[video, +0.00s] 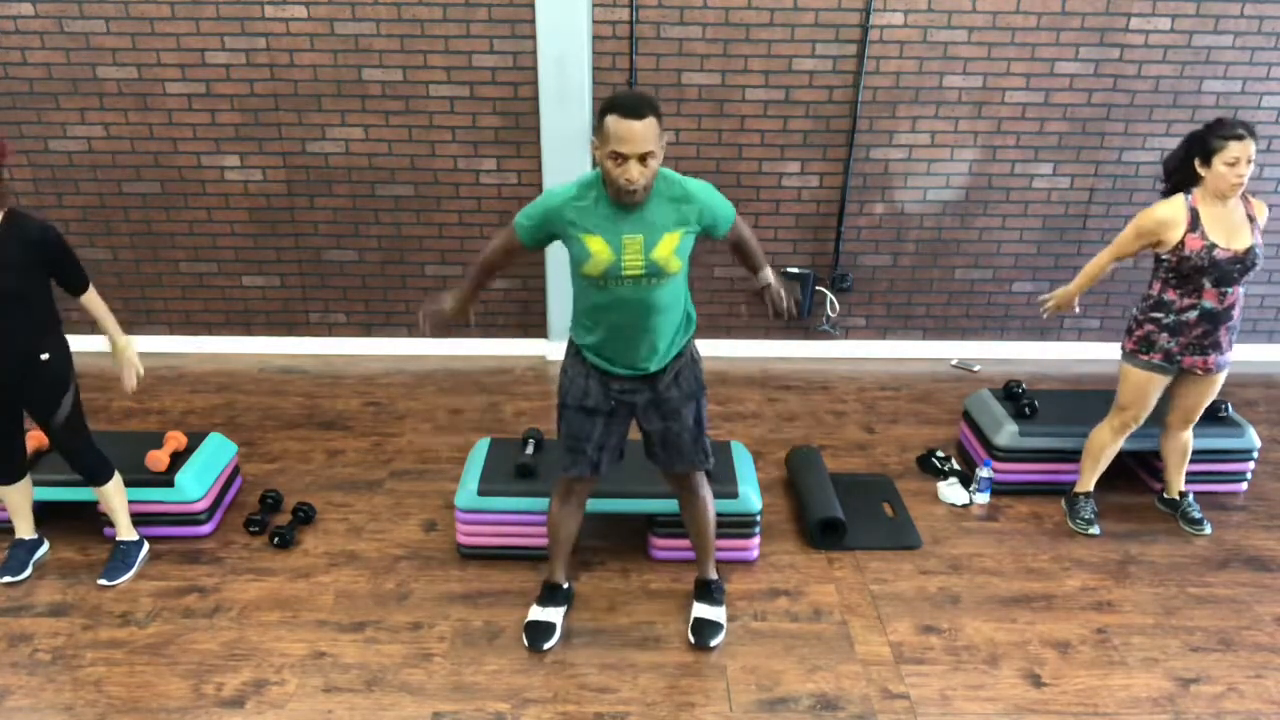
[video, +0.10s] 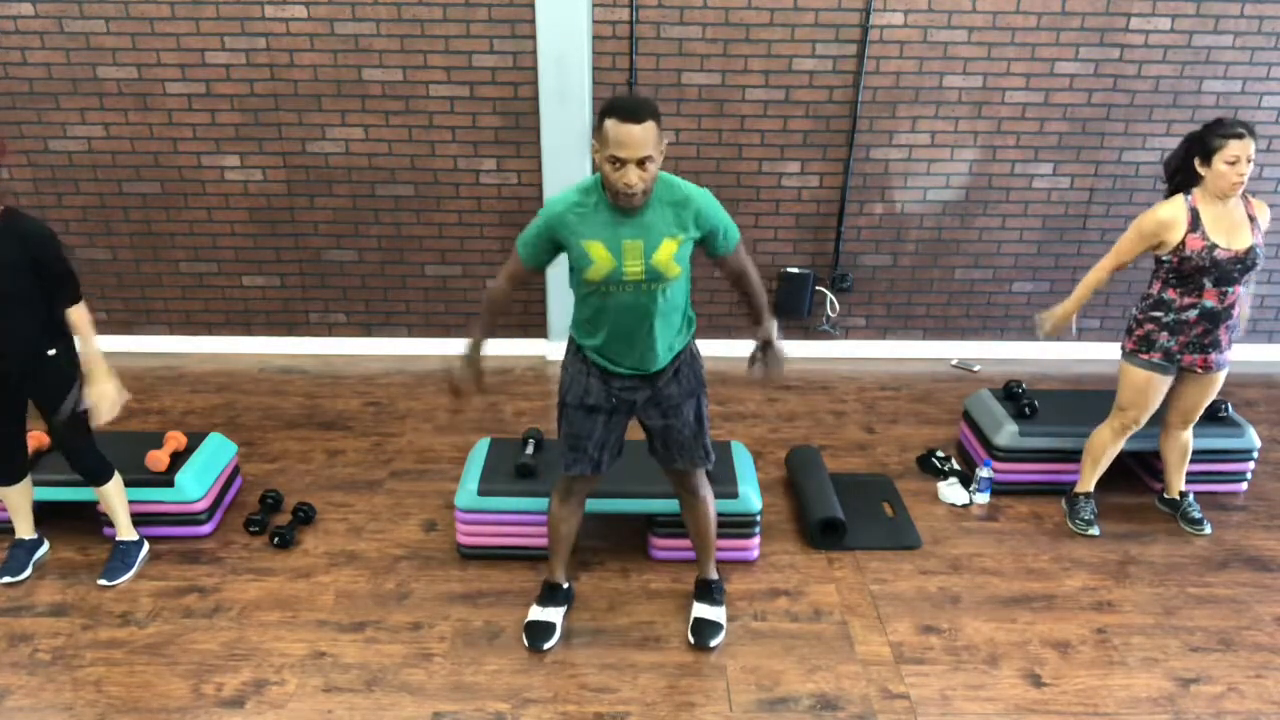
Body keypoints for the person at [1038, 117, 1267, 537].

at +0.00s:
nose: (1244, 173)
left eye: (1249, 163)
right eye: (1233, 164)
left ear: (1253, 164)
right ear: (1203, 166)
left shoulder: (1255, 211)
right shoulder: (1168, 215)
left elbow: (1227, 266)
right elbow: (1109, 257)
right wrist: (1070, 293)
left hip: (1213, 341)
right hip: (1160, 336)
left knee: (1183, 424)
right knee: (1124, 420)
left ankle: (1175, 494)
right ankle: (1081, 493)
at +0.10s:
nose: (1244, 171)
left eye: (1249, 162)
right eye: (1233, 162)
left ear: (1253, 164)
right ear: (1203, 165)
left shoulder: (1256, 213)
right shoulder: (1169, 216)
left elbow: (1232, 274)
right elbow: (1109, 265)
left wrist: (1227, 326)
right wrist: (1067, 309)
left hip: (1213, 340)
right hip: (1160, 335)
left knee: (1182, 424)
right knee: (1125, 421)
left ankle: (1175, 495)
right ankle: (1081, 494)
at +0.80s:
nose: (1236, 279)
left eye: (1241, 268)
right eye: (1225, 268)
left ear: (1247, 270)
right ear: (1194, 270)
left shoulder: (1239, 308)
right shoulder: (1162, 295)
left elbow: (1268, 375)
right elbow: (1151, 367)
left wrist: (1259, 336)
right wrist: (1215, 329)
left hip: (1167, 356)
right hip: (1109, 349)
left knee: (1209, 429)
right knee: (1106, 428)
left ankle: (1174, 493)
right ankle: (1073, 494)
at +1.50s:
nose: (1246, 194)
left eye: (1253, 184)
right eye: (1236, 183)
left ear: (1258, 183)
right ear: (1207, 180)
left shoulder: (1256, 223)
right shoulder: (1171, 218)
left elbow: (1273, 285)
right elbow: (1107, 275)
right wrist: (1069, 334)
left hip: (1193, 330)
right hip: (1136, 323)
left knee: (1193, 419)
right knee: (1111, 415)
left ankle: (1176, 493)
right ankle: (1072, 492)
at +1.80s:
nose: (1240, 181)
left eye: (1248, 171)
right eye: (1231, 171)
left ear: (1254, 170)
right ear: (1203, 169)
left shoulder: (1255, 212)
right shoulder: (1167, 212)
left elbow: (1221, 261)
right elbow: (1106, 245)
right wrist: (1060, 275)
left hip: (1206, 337)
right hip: (1151, 330)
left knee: (1181, 424)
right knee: (1117, 415)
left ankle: (1175, 493)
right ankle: (1075, 493)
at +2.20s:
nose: (1239, 183)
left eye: (1248, 173)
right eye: (1230, 172)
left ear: (1254, 172)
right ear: (1204, 168)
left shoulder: (1254, 219)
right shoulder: (1166, 213)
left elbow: (1258, 281)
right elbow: (1107, 265)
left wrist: (1276, 337)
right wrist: (1077, 320)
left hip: (1197, 334)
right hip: (1143, 326)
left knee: (1187, 422)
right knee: (1114, 414)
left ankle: (1174, 494)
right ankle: (1073, 493)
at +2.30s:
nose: (1243, 195)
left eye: (1251, 185)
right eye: (1234, 184)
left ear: (1257, 183)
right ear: (1207, 180)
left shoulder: (1255, 226)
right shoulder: (1168, 220)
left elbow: (1263, 287)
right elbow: (1112, 277)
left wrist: (1276, 319)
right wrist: (1127, 331)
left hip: (1192, 330)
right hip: (1138, 323)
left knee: (1194, 420)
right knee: (1114, 415)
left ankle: (1174, 493)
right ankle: (1073, 493)